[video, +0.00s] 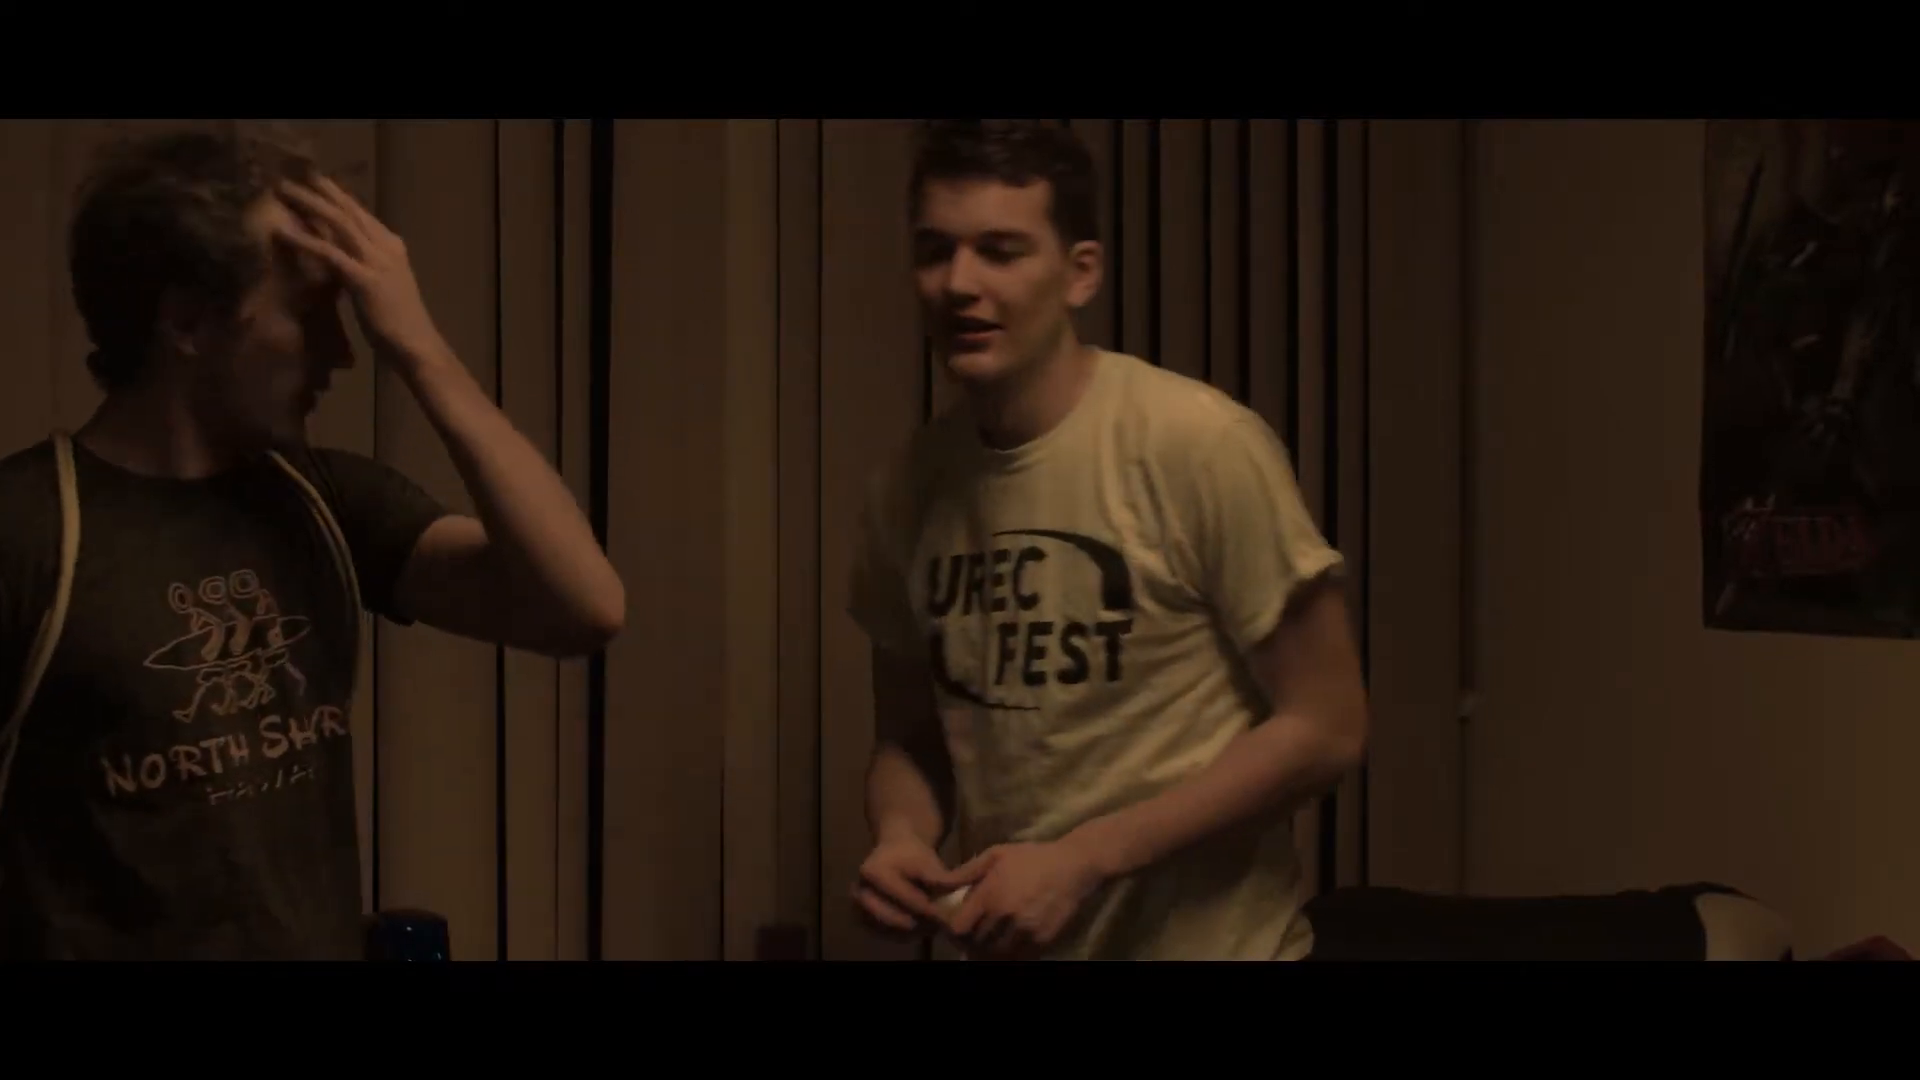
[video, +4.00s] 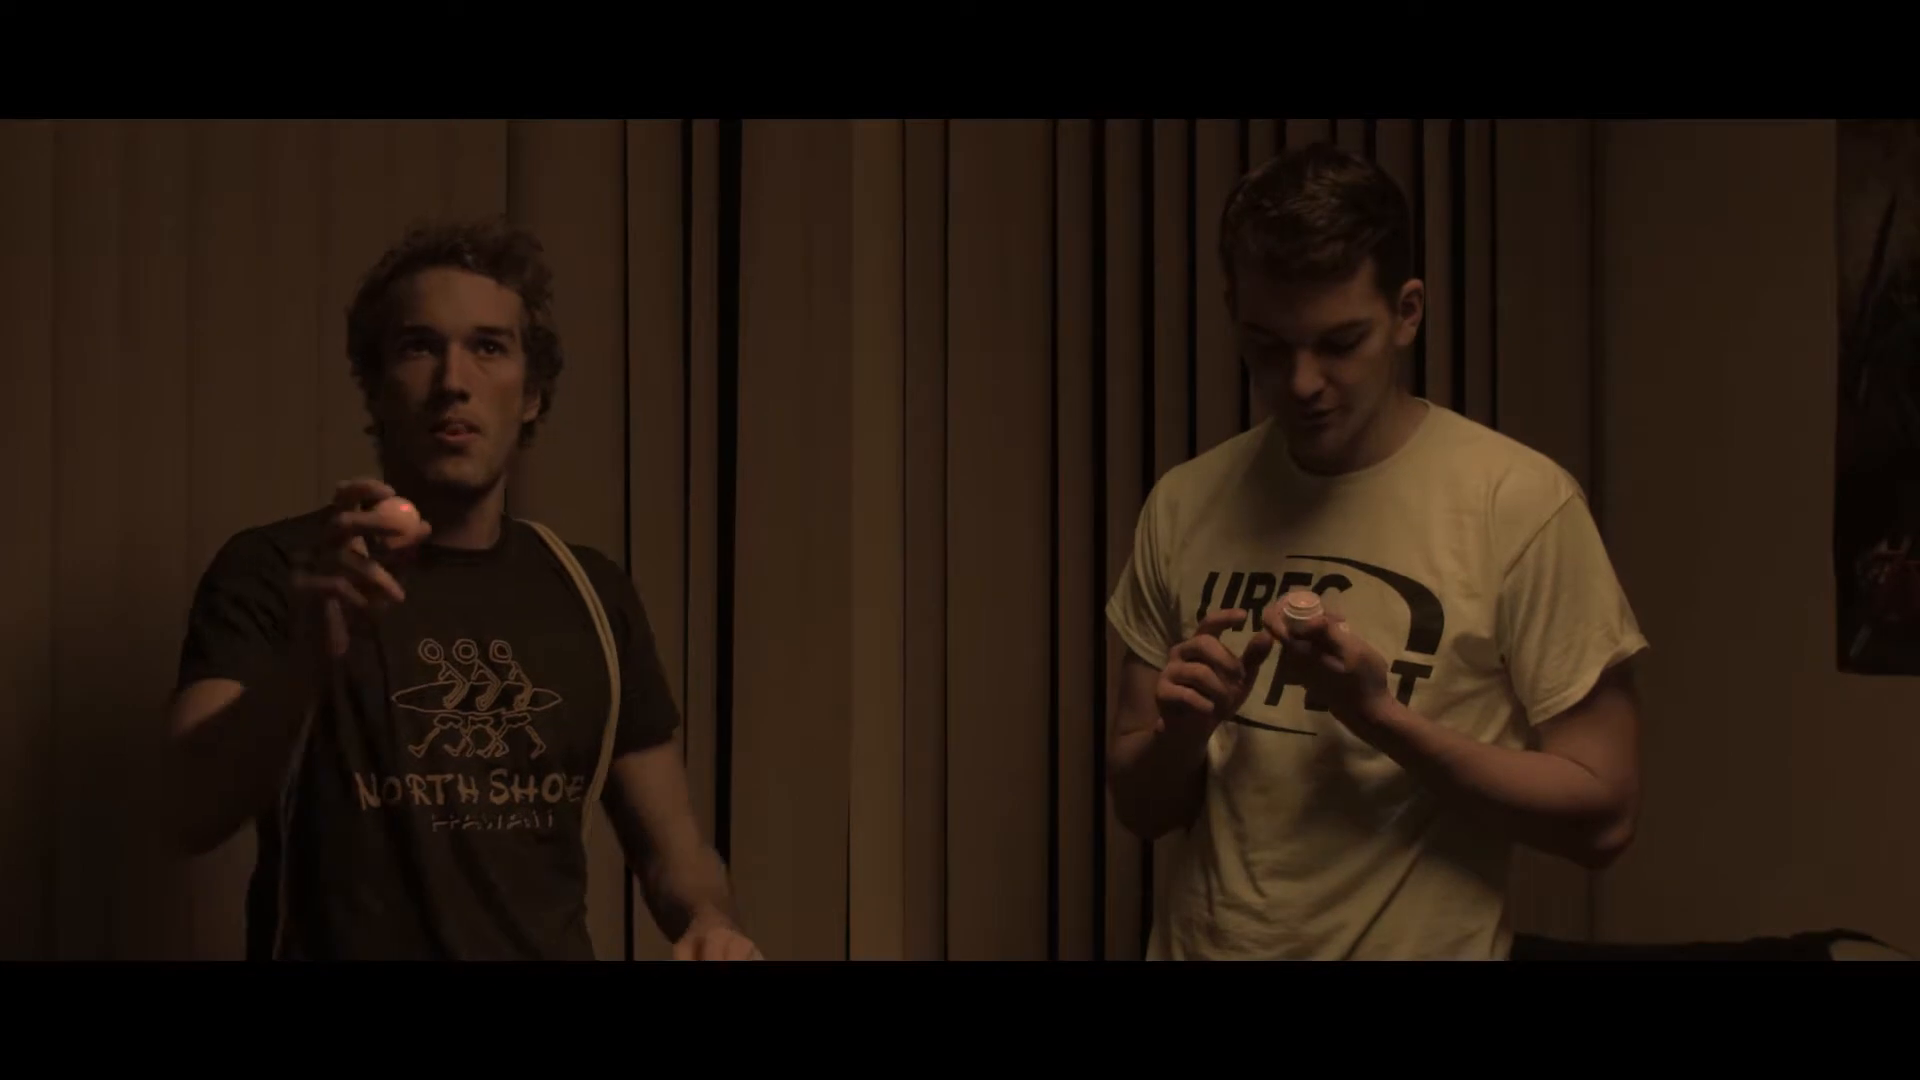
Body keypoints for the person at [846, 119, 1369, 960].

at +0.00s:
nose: (958, 282)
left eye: (1001, 251)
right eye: (936, 251)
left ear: (1079, 273)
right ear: (915, 267)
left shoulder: (1201, 444)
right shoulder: (915, 483)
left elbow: (1329, 722)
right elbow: (908, 728)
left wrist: (1080, 861)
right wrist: (902, 836)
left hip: (1205, 940)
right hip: (1002, 937)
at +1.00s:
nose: (1264, 349)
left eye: (1310, 318)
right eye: (1239, 306)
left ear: (1378, 311)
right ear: (1204, 280)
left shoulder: (1473, 512)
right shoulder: (1103, 492)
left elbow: (1539, 807)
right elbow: (1037, 762)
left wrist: (1338, 811)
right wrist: (1109, 794)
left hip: (1371, 950)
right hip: (1148, 947)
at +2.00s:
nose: (1212, 320)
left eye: (1256, 287)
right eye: (1188, 279)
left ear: (1332, 280)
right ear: (1162, 253)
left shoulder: (1434, 477)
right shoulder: (1075, 464)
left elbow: (1505, 769)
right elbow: (1016, 763)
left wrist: (1283, 749)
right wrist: (1060, 727)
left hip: (1311, 945)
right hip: (1088, 941)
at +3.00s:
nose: (1292, 334)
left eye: (1334, 300)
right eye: (1269, 296)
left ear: (1416, 280)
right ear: (1246, 277)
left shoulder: (1530, 469)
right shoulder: (1183, 459)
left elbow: (1606, 771)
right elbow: (1119, 740)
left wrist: (1360, 714)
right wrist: (1196, 718)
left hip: (1419, 943)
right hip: (1192, 939)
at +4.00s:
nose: (1304, 385)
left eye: (1341, 343)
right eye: (1270, 347)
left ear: (1408, 312)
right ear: (1239, 325)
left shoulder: (1519, 505)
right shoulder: (1182, 506)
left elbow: (1603, 814)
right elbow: (1140, 811)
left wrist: (1383, 715)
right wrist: (1184, 731)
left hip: (1421, 946)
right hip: (1203, 946)